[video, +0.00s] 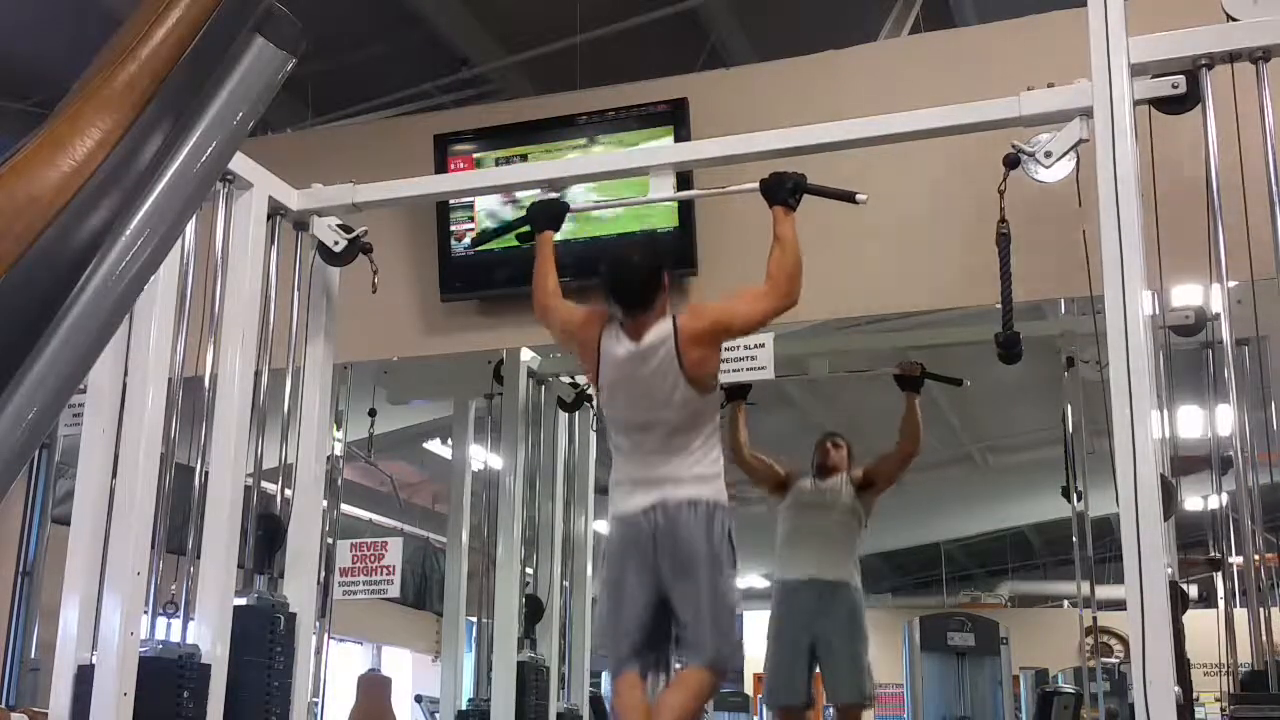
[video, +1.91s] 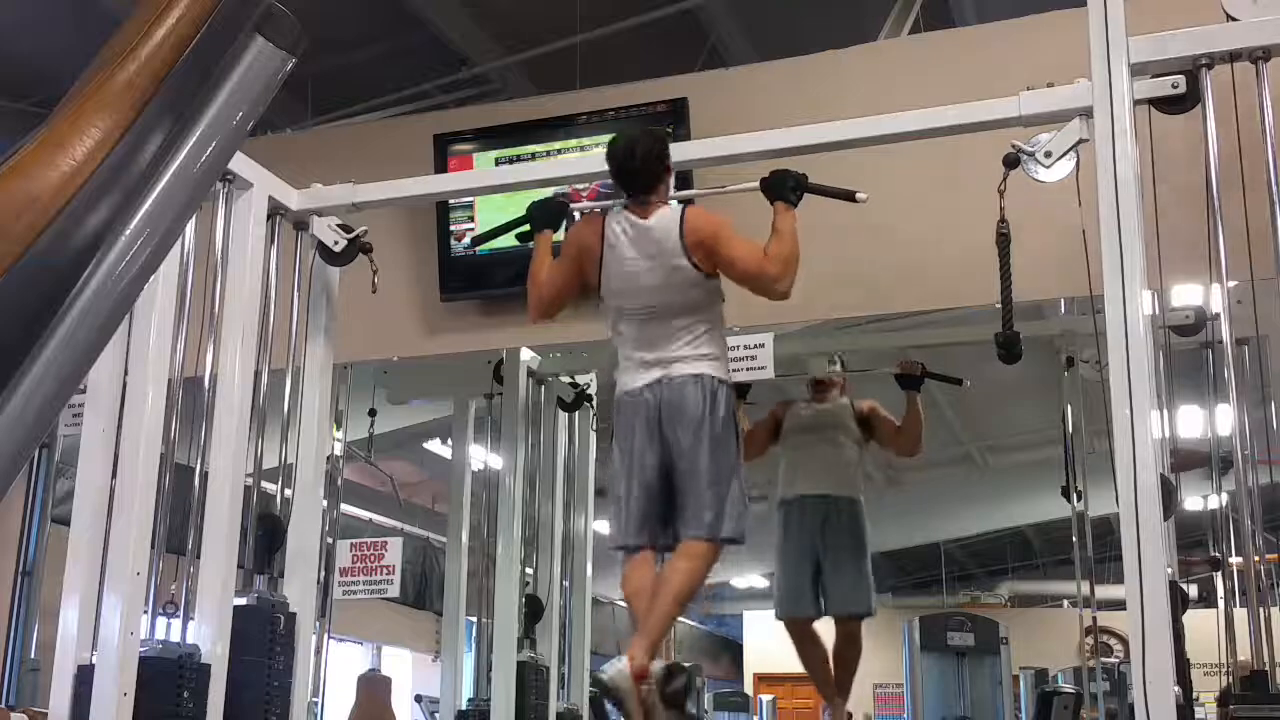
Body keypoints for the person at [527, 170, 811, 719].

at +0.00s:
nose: (672, 282)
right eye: (668, 275)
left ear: (610, 292)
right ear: (666, 284)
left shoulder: (591, 334)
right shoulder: (700, 326)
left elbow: (546, 301)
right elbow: (781, 293)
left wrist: (543, 234)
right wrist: (784, 210)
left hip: (629, 516)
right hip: (695, 512)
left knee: (626, 663)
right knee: (706, 658)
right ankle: (657, 717)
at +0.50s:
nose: (653, 208)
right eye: (654, 200)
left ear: (607, 218)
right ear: (660, 210)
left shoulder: (586, 266)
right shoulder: (694, 259)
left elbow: (539, 304)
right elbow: (783, 286)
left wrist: (542, 237)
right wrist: (785, 211)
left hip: (626, 442)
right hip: (690, 437)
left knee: (623, 582)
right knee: (698, 579)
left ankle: (631, 706)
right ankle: (625, 700)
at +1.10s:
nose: (668, 258)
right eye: (666, 253)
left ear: (612, 274)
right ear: (665, 266)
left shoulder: (591, 322)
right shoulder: (699, 309)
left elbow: (546, 303)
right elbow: (783, 291)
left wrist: (543, 236)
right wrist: (785, 211)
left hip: (628, 504)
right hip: (695, 497)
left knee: (631, 649)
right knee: (712, 644)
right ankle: (658, 716)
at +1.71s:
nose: (664, 206)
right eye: (663, 200)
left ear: (608, 215)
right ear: (661, 210)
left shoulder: (587, 264)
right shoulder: (692, 258)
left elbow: (538, 308)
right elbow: (786, 284)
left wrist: (544, 237)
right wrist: (785, 209)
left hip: (627, 438)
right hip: (692, 433)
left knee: (622, 577)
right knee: (702, 576)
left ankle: (627, 695)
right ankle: (615, 691)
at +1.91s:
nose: (669, 165)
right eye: (667, 159)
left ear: (614, 180)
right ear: (667, 171)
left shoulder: (590, 234)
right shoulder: (698, 226)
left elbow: (542, 304)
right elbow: (777, 278)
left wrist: (542, 234)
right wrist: (785, 206)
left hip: (635, 396)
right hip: (697, 389)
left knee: (641, 540)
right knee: (702, 534)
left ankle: (656, 667)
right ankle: (633, 662)